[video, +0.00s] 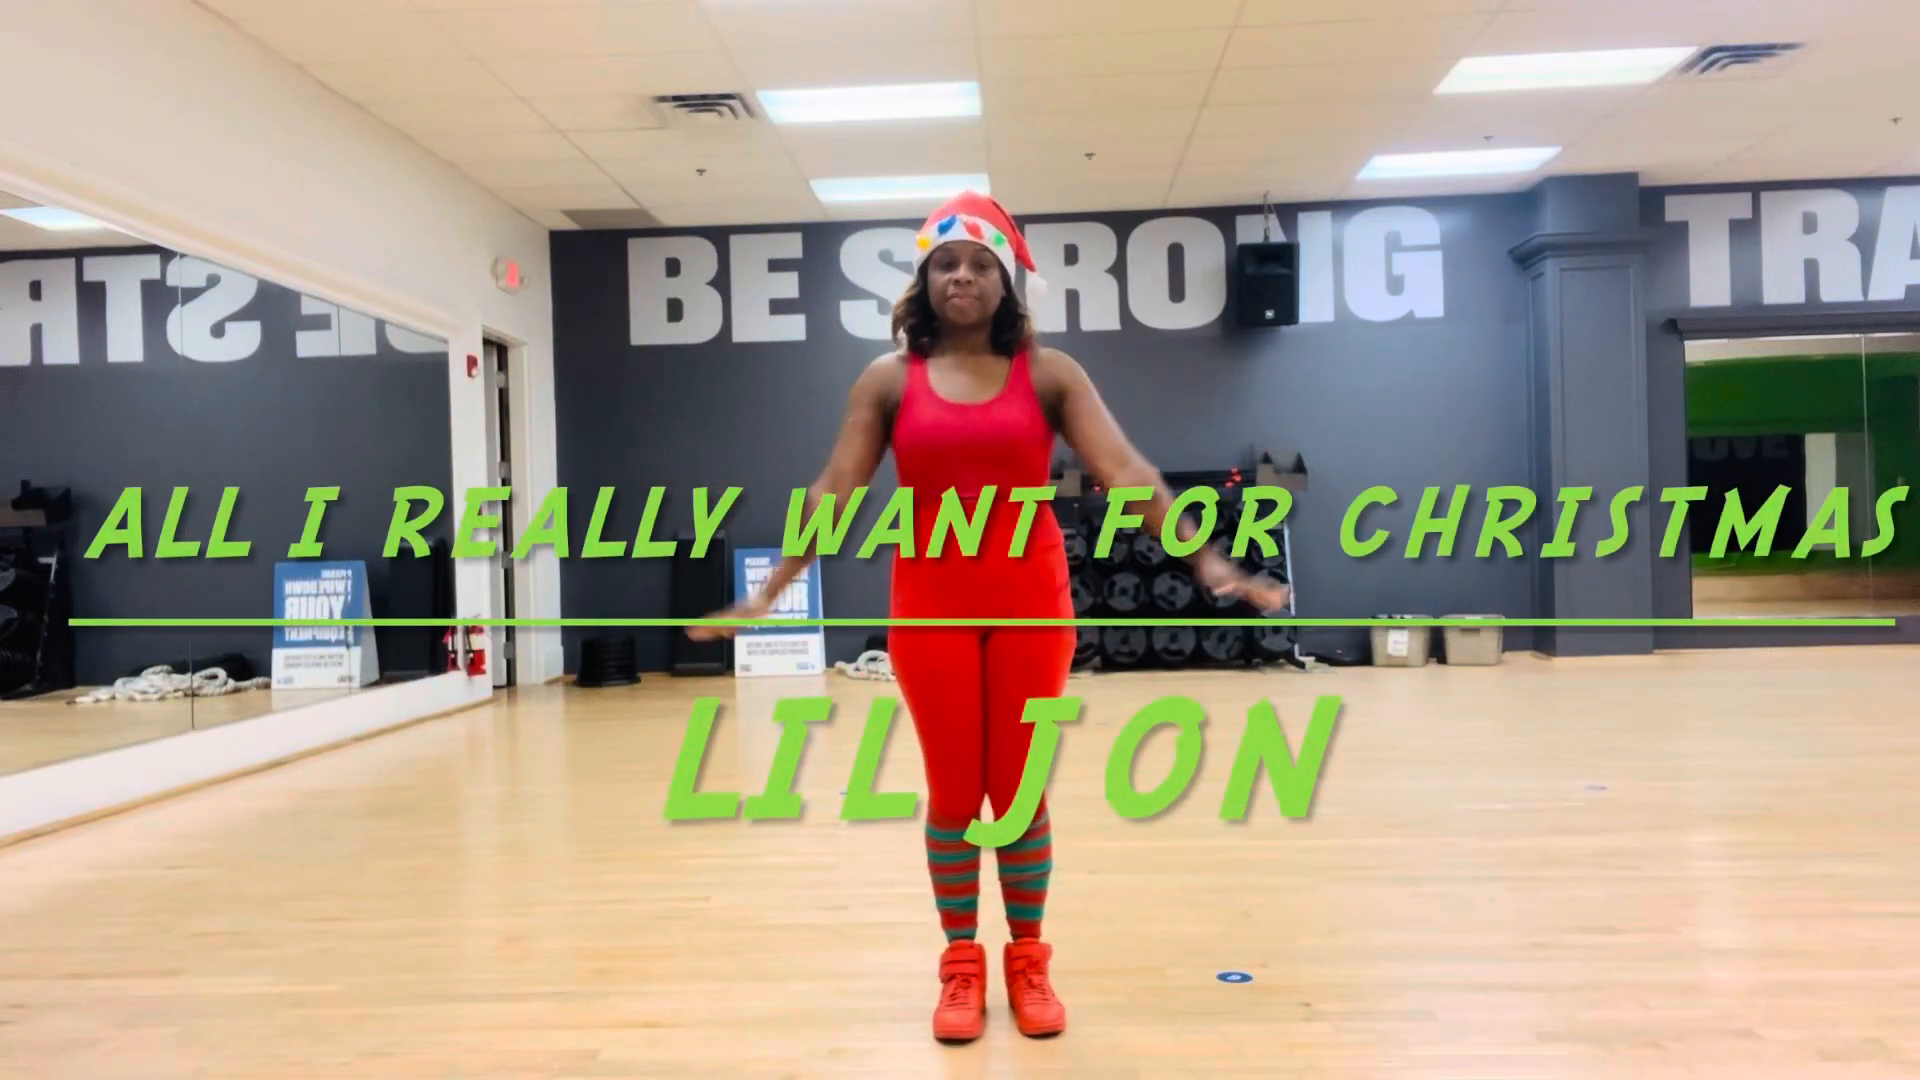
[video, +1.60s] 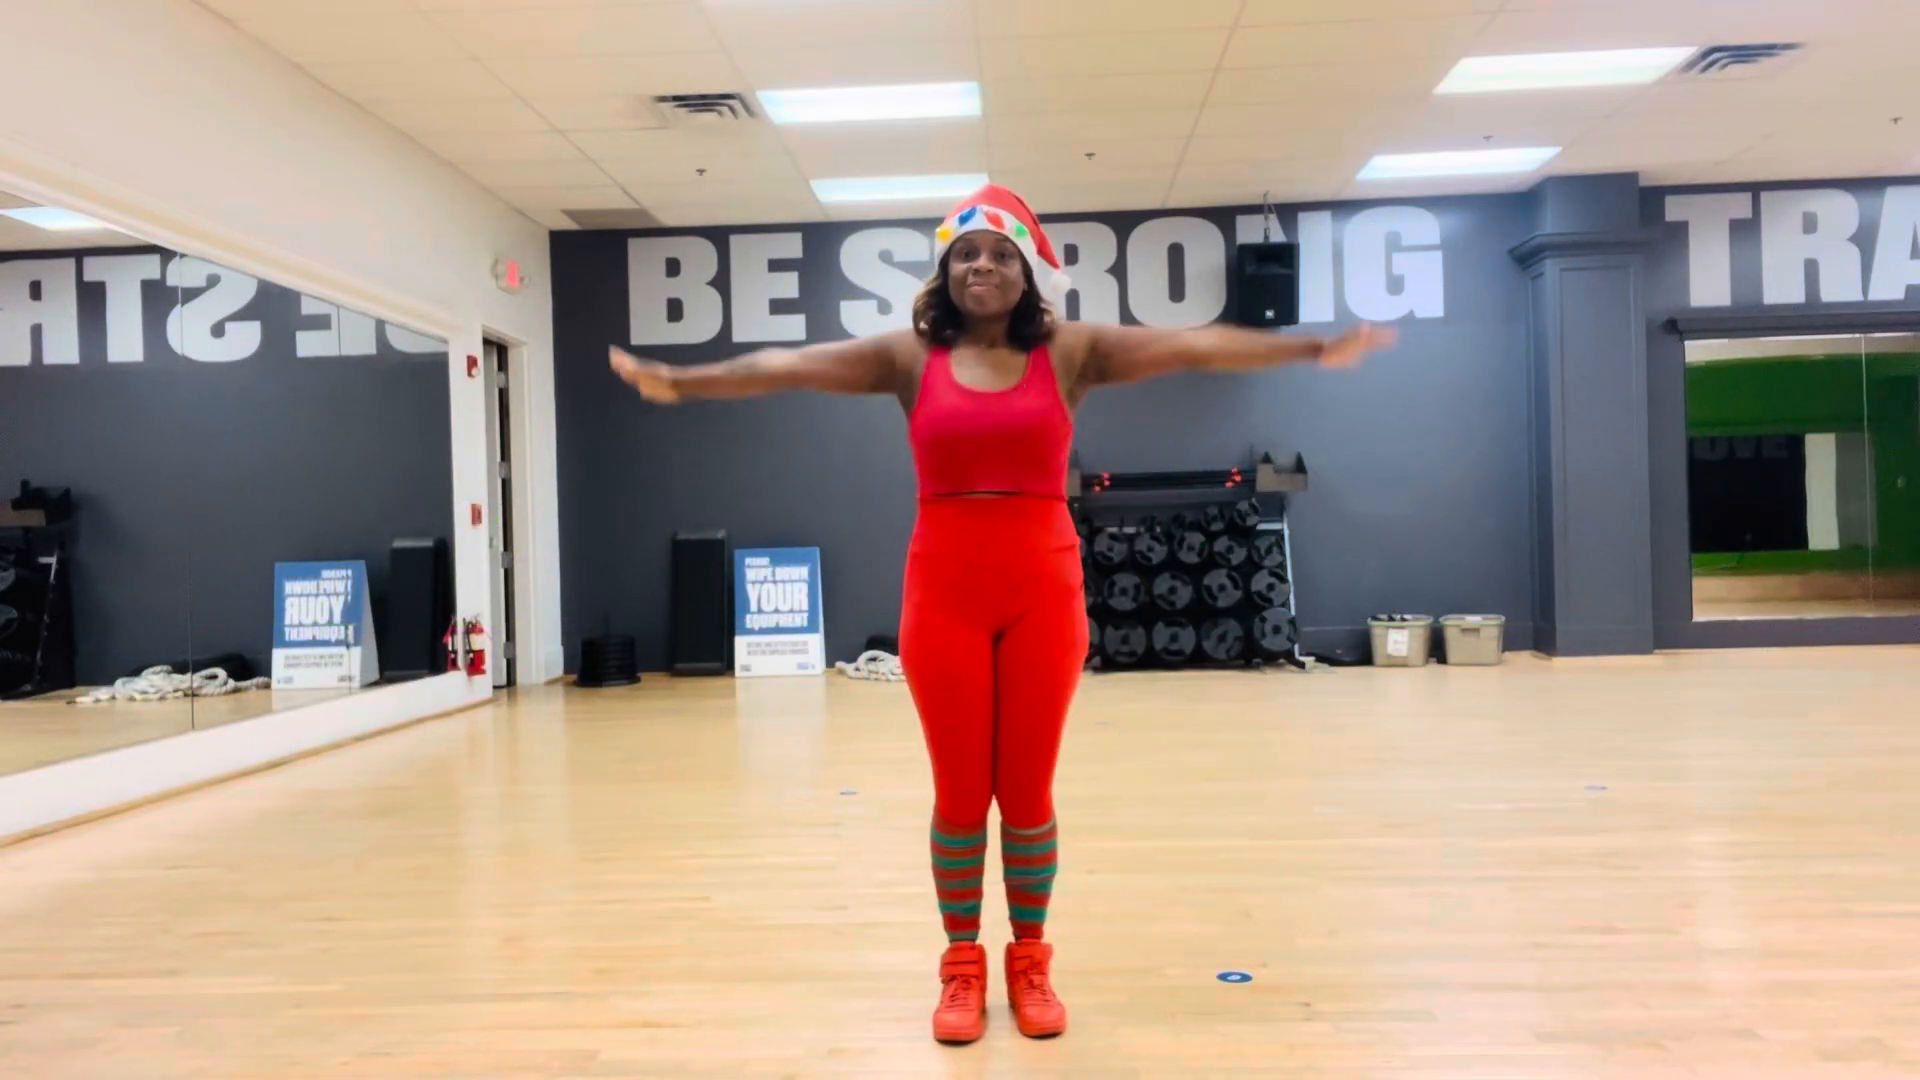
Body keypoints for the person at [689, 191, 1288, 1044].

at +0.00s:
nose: (961, 278)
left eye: (978, 265)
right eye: (946, 265)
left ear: (1006, 281)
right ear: (925, 282)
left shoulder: (1048, 371)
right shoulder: (890, 379)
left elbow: (1124, 469)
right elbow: (833, 493)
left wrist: (1210, 561)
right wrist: (774, 585)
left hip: (1029, 600)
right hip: (930, 604)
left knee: (1021, 787)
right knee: (954, 790)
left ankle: (1028, 964)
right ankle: (960, 968)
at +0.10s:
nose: (964, 278)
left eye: (981, 264)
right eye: (948, 264)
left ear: (1008, 279)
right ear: (927, 279)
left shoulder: (1050, 368)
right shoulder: (892, 375)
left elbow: (1076, 472)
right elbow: (877, 489)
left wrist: (1094, 557)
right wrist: (850, 592)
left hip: (1030, 597)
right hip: (931, 599)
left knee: (1021, 786)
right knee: (953, 790)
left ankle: (1029, 964)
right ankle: (962, 968)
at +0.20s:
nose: (965, 277)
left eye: (984, 263)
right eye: (949, 263)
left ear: (1010, 280)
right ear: (930, 277)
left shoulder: (1050, 364)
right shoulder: (895, 370)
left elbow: (1059, 461)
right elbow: (892, 466)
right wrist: (936, 516)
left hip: (1032, 589)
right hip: (935, 593)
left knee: (1024, 784)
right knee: (954, 787)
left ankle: (1029, 968)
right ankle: (962, 971)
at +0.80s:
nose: (970, 277)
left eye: (988, 263)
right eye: (954, 263)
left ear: (1016, 278)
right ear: (934, 277)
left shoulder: (1060, 369)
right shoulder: (900, 372)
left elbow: (1076, 472)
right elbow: (903, 479)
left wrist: (1044, 546)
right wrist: (935, 569)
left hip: (1039, 601)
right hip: (938, 602)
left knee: (1029, 794)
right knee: (957, 794)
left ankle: (1031, 966)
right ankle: (962, 970)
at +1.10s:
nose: (975, 277)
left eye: (993, 264)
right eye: (960, 263)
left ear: (1022, 281)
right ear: (939, 280)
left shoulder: (1066, 377)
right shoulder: (905, 383)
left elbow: (1112, 499)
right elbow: (863, 506)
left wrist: (1164, 601)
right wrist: (820, 607)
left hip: (1044, 598)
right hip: (941, 599)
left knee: (1036, 794)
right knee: (959, 795)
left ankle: (1032, 965)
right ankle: (962, 970)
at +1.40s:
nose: (977, 271)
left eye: (994, 258)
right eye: (963, 257)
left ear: (1023, 273)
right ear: (944, 273)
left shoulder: (1068, 360)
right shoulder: (907, 367)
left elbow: (1171, 426)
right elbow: (808, 438)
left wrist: (1257, 483)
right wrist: (726, 496)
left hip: (1046, 591)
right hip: (945, 593)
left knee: (1028, 787)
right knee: (962, 790)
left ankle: (1030, 962)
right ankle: (962, 969)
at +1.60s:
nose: (982, 268)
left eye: (999, 255)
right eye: (967, 255)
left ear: (1030, 270)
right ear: (945, 270)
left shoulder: (1070, 349)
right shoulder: (910, 353)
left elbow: (1196, 345)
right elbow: (785, 367)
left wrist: (1305, 345)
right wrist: (677, 380)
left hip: (1044, 592)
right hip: (944, 592)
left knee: (1026, 789)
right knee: (960, 789)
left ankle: (1029, 966)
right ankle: (963, 967)